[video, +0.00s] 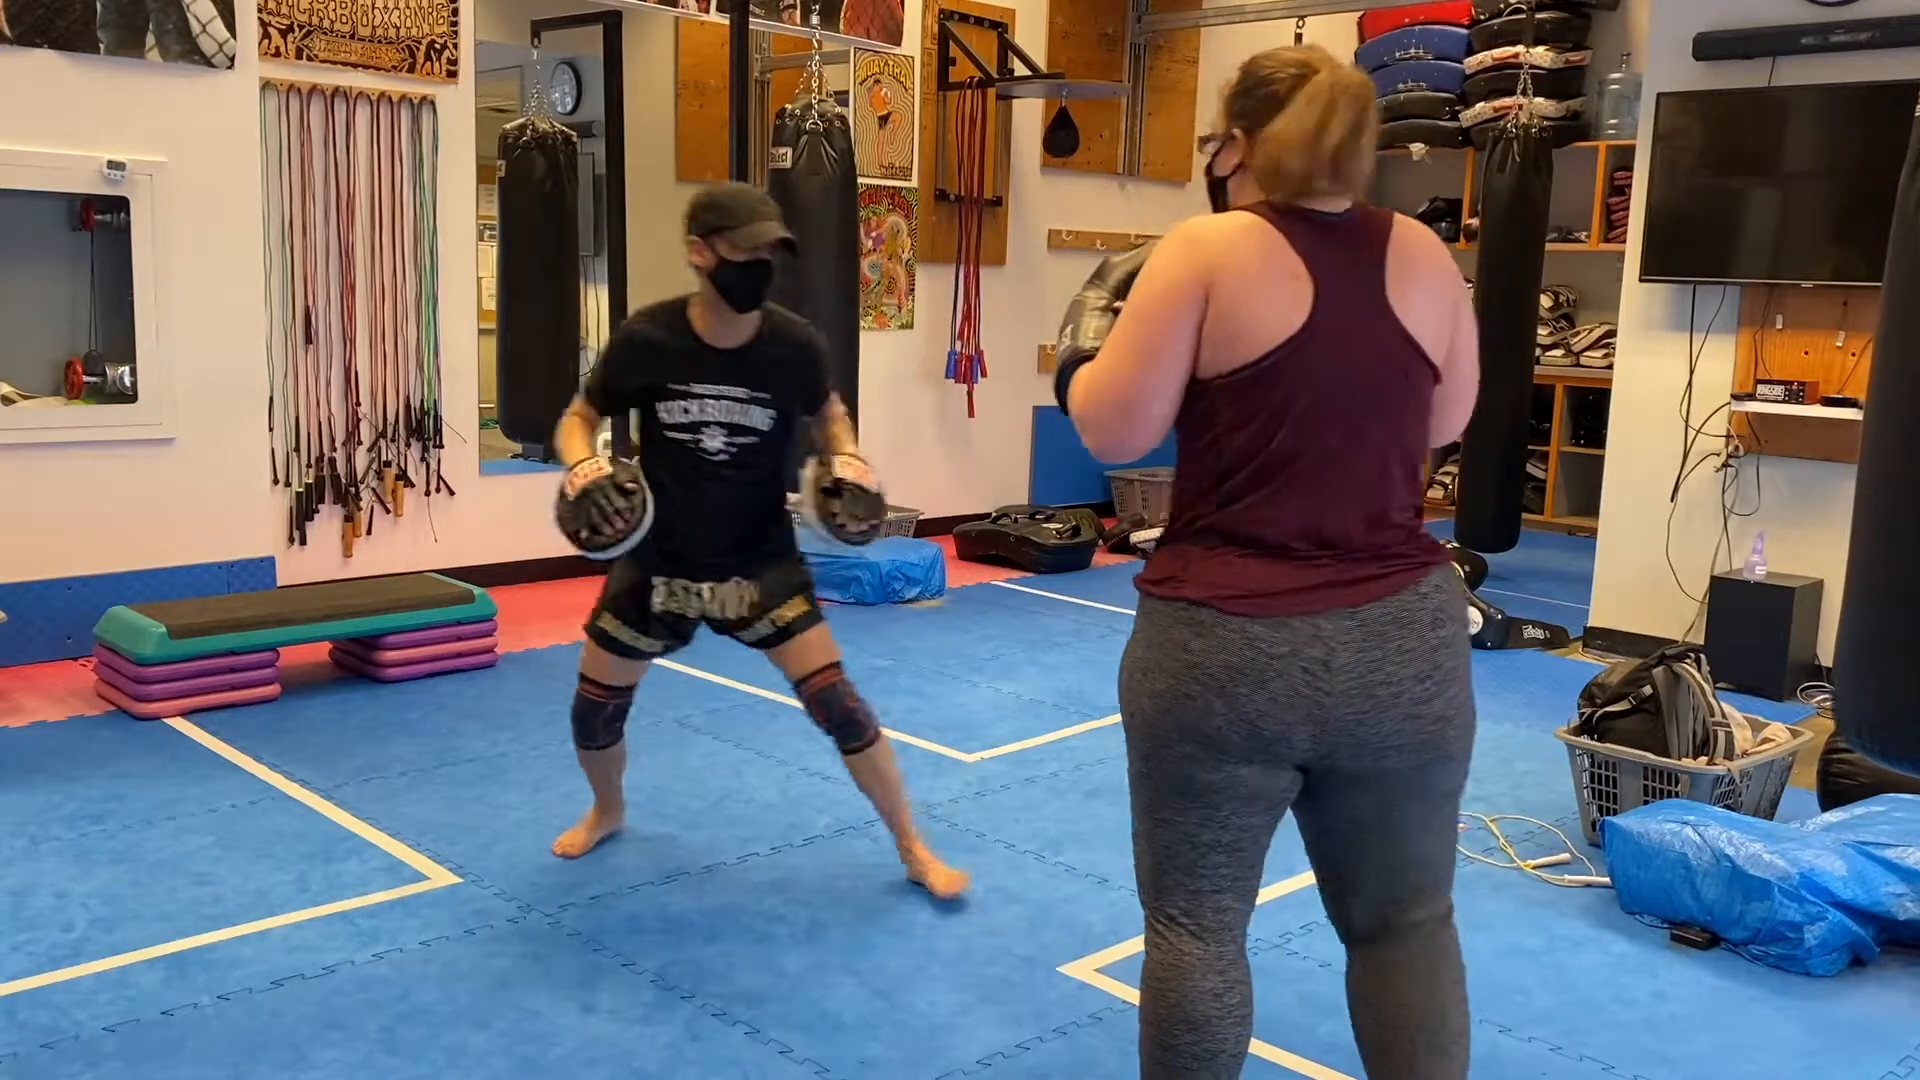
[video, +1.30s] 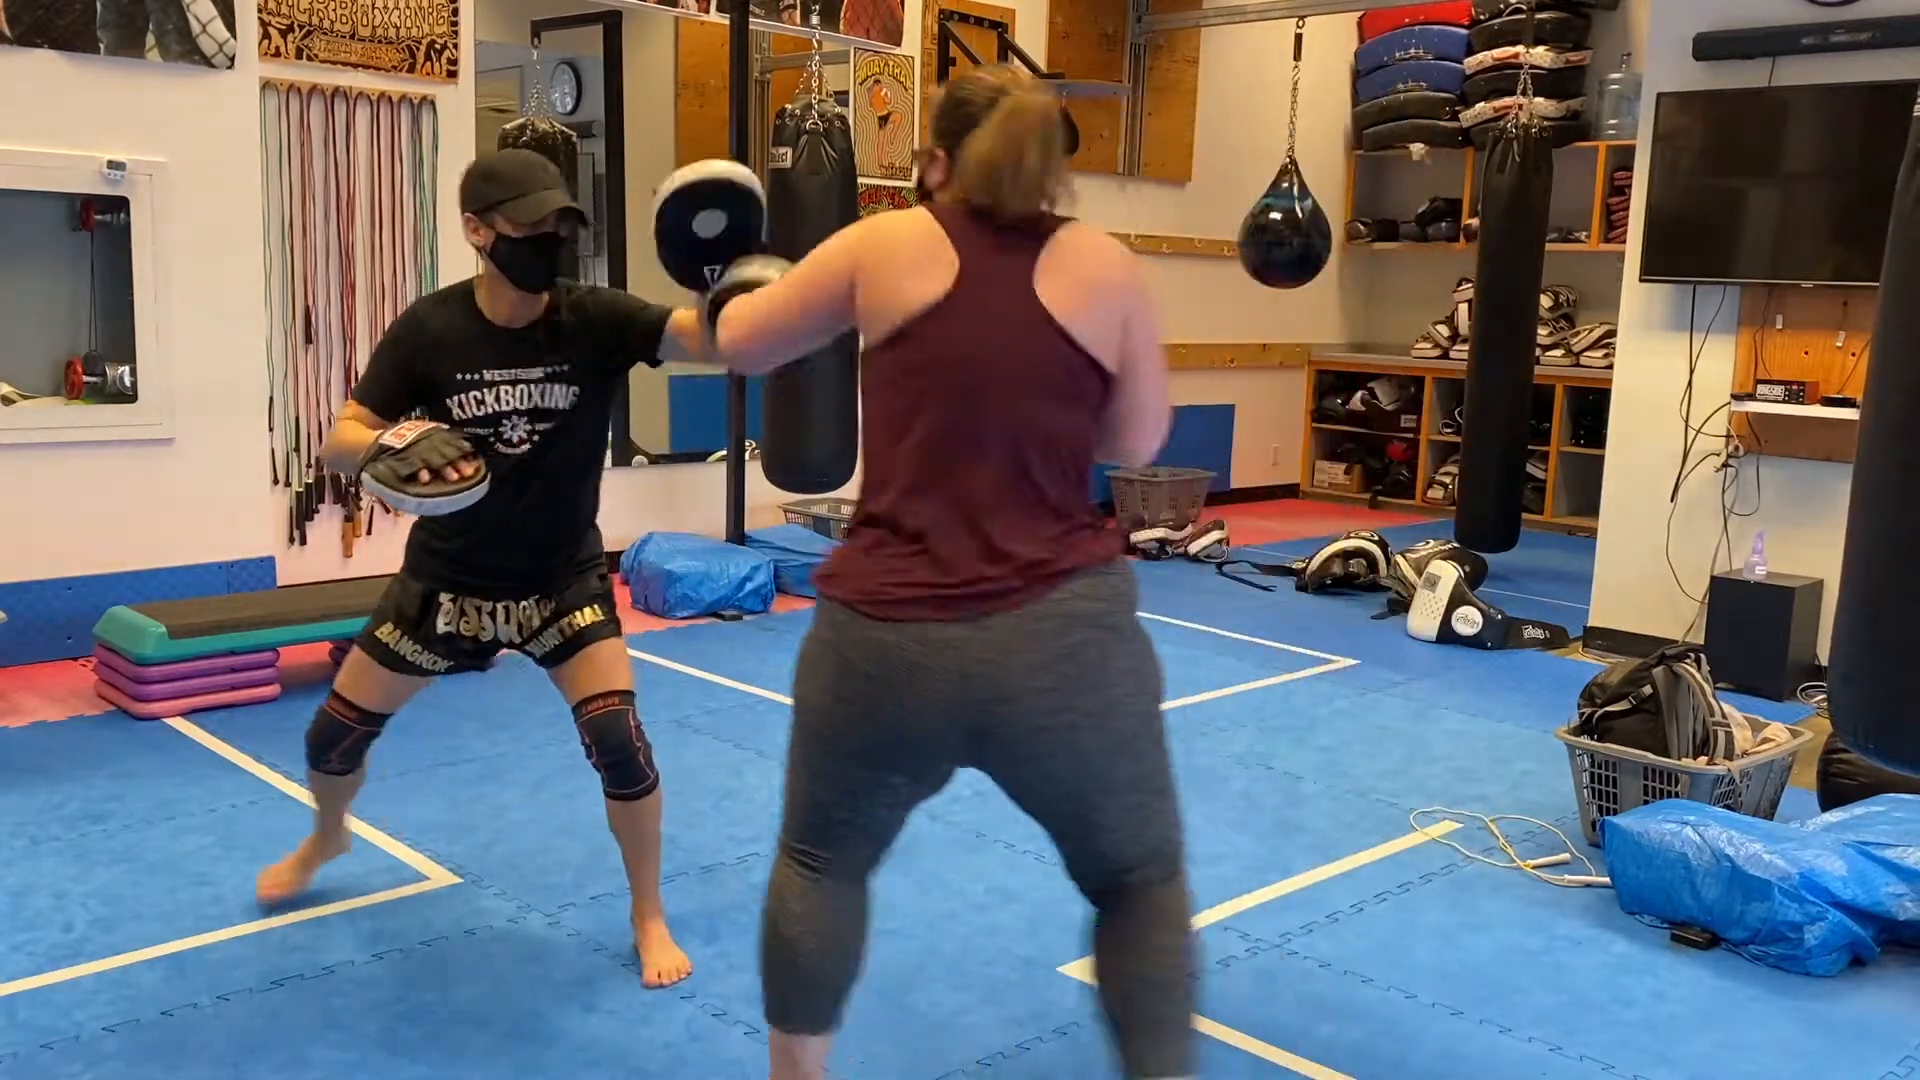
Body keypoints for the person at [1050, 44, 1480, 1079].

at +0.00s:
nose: (1214, 156)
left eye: (1220, 141)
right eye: (1218, 141)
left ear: (1242, 148)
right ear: (1352, 143)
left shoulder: (1202, 250)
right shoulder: (1422, 254)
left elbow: (1113, 430)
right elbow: (1448, 419)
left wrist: (1085, 361)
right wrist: (1336, 391)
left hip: (1218, 647)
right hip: (1402, 646)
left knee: (1194, 928)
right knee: (1405, 920)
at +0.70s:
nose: (1196, 159)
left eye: (1204, 141)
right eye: (1200, 140)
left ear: (1236, 146)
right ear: (1336, 147)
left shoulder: (1172, 250)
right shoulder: (1392, 272)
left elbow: (1066, 417)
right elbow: (1392, 447)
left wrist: (1050, 323)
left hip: (1171, 649)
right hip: (1355, 652)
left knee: (1133, 946)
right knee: (1371, 917)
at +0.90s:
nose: (1135, 193)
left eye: (1141, 173)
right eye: (1135, 173)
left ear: (1173, 174)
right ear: (1262, 168)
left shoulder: (1154, 269)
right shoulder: (1342, 277)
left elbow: (1060, 441)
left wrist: (1026, 354)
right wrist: (1122, 303)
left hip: (1144, 681)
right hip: (1324, 686)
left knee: (1007, 849)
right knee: (1331, 920)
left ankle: (1015, 1067)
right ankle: (1352, 1073)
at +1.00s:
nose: (1098, 213)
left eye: (1103, 194)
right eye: (1098, 195)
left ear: (1134, 194)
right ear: (1229, 184)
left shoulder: (1111, 293)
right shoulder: (1311, 293)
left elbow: (1053, 476)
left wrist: (995, 402)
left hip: (1100, 692)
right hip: (1285, 692)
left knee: (947, 848)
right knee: (1308, 919)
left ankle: (890, 1063)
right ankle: (1346, 1074)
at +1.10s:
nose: (1039, 198)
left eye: (1046, 183)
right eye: (1043, 181)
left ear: (1072, 192)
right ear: (1169, 183)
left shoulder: (1016, 293)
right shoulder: (1245, 294)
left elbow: (936, 445)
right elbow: (1272, 458)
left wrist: (880, 368)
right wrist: (1155, 419)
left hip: (1025, 690)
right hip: (1213, 689)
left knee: (899, 874)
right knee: (1276, 913)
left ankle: (813, 1064)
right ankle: (1336, 1071)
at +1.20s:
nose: (968, 183)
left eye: (974, 171)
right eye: (974, 167)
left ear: (992, 184)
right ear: (1103, 182)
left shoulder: (928, 277)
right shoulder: (1156, 294)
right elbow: (1201, 452)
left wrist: (756, 288)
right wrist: (1099, 418)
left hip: (935, 671)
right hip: (1118, 671)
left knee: (860, 887)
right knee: (1223, 905)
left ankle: (811, 1067)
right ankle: (1308, 1070)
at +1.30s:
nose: (917, 164)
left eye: (924, 150)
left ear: (942, 159)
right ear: (1054, 162)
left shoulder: (880, 246)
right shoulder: (1110, 270)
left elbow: (739, 342)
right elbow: (1136, 438)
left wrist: (742, 293)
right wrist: (1035, 396)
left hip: (880, 652)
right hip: (1062, 653)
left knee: (820, 860)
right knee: (1136, 882)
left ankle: (796, 1067)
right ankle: (1161, 1069)